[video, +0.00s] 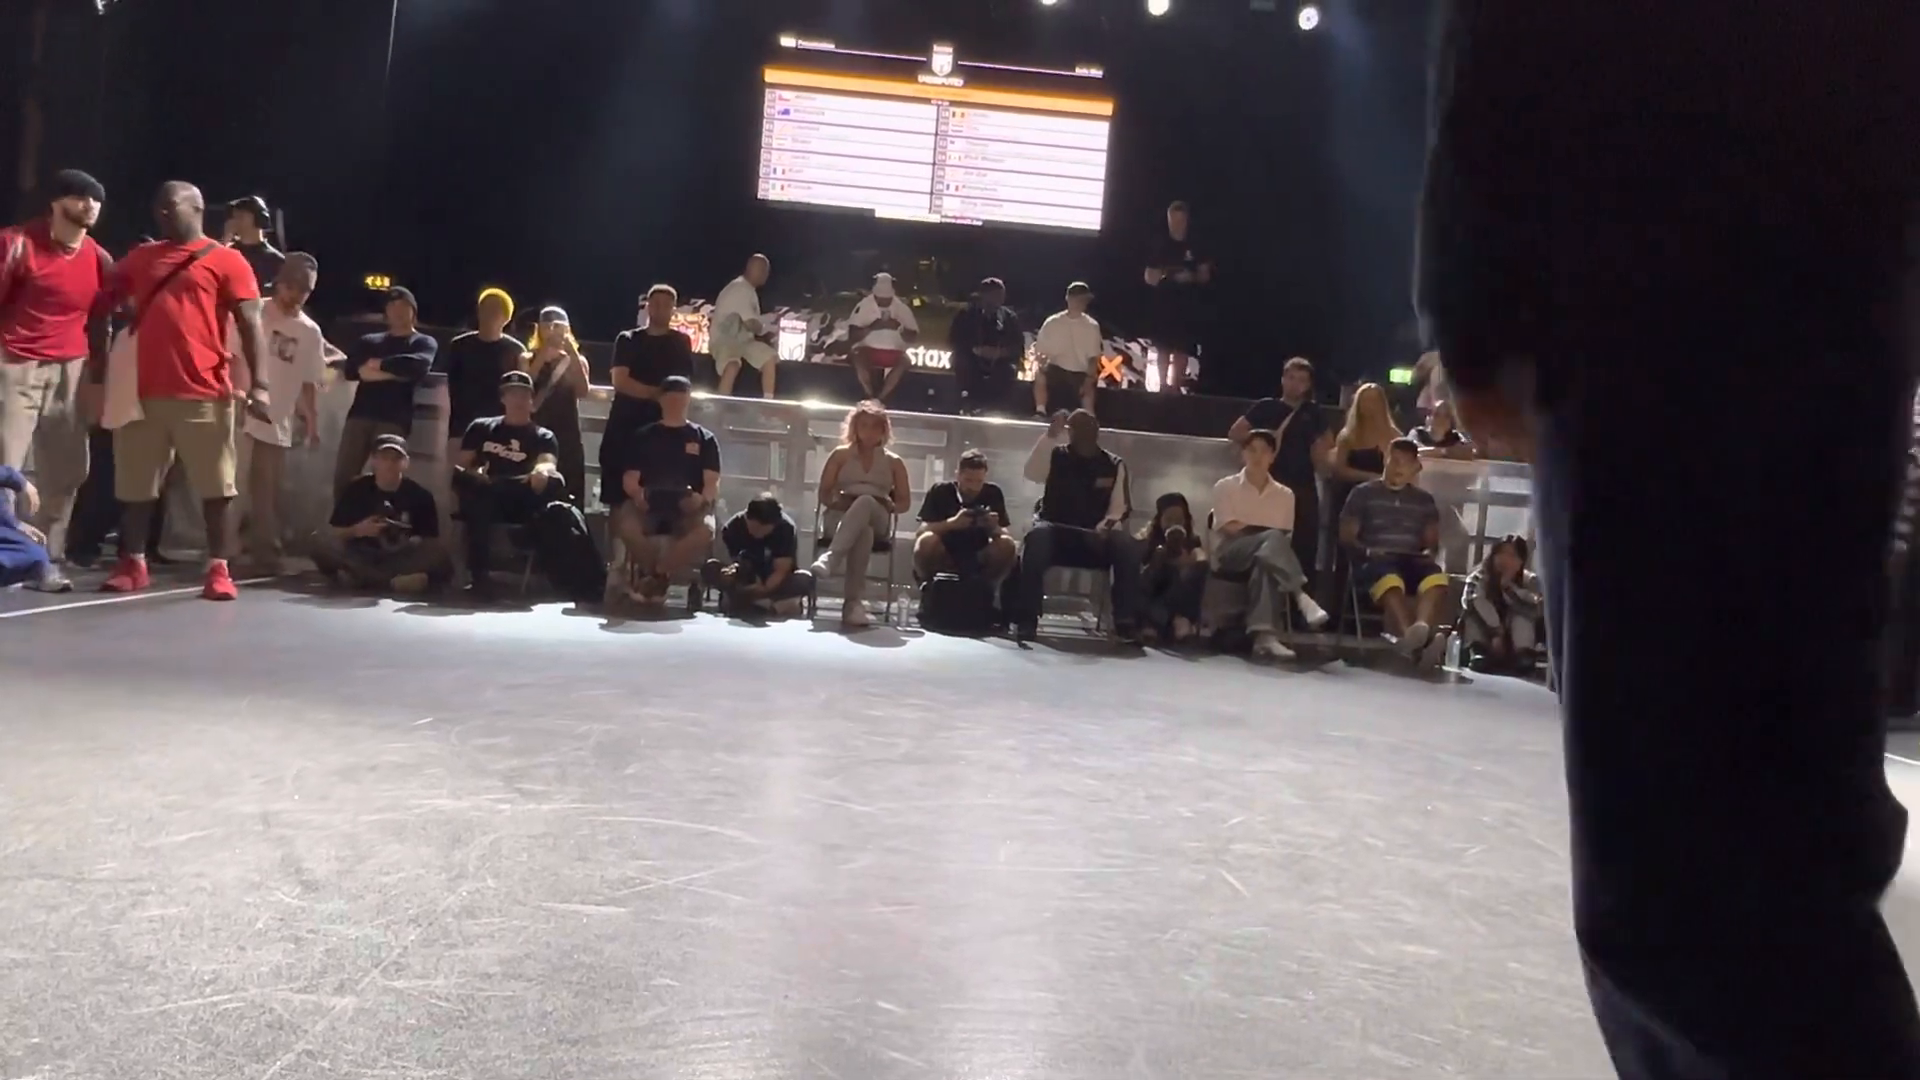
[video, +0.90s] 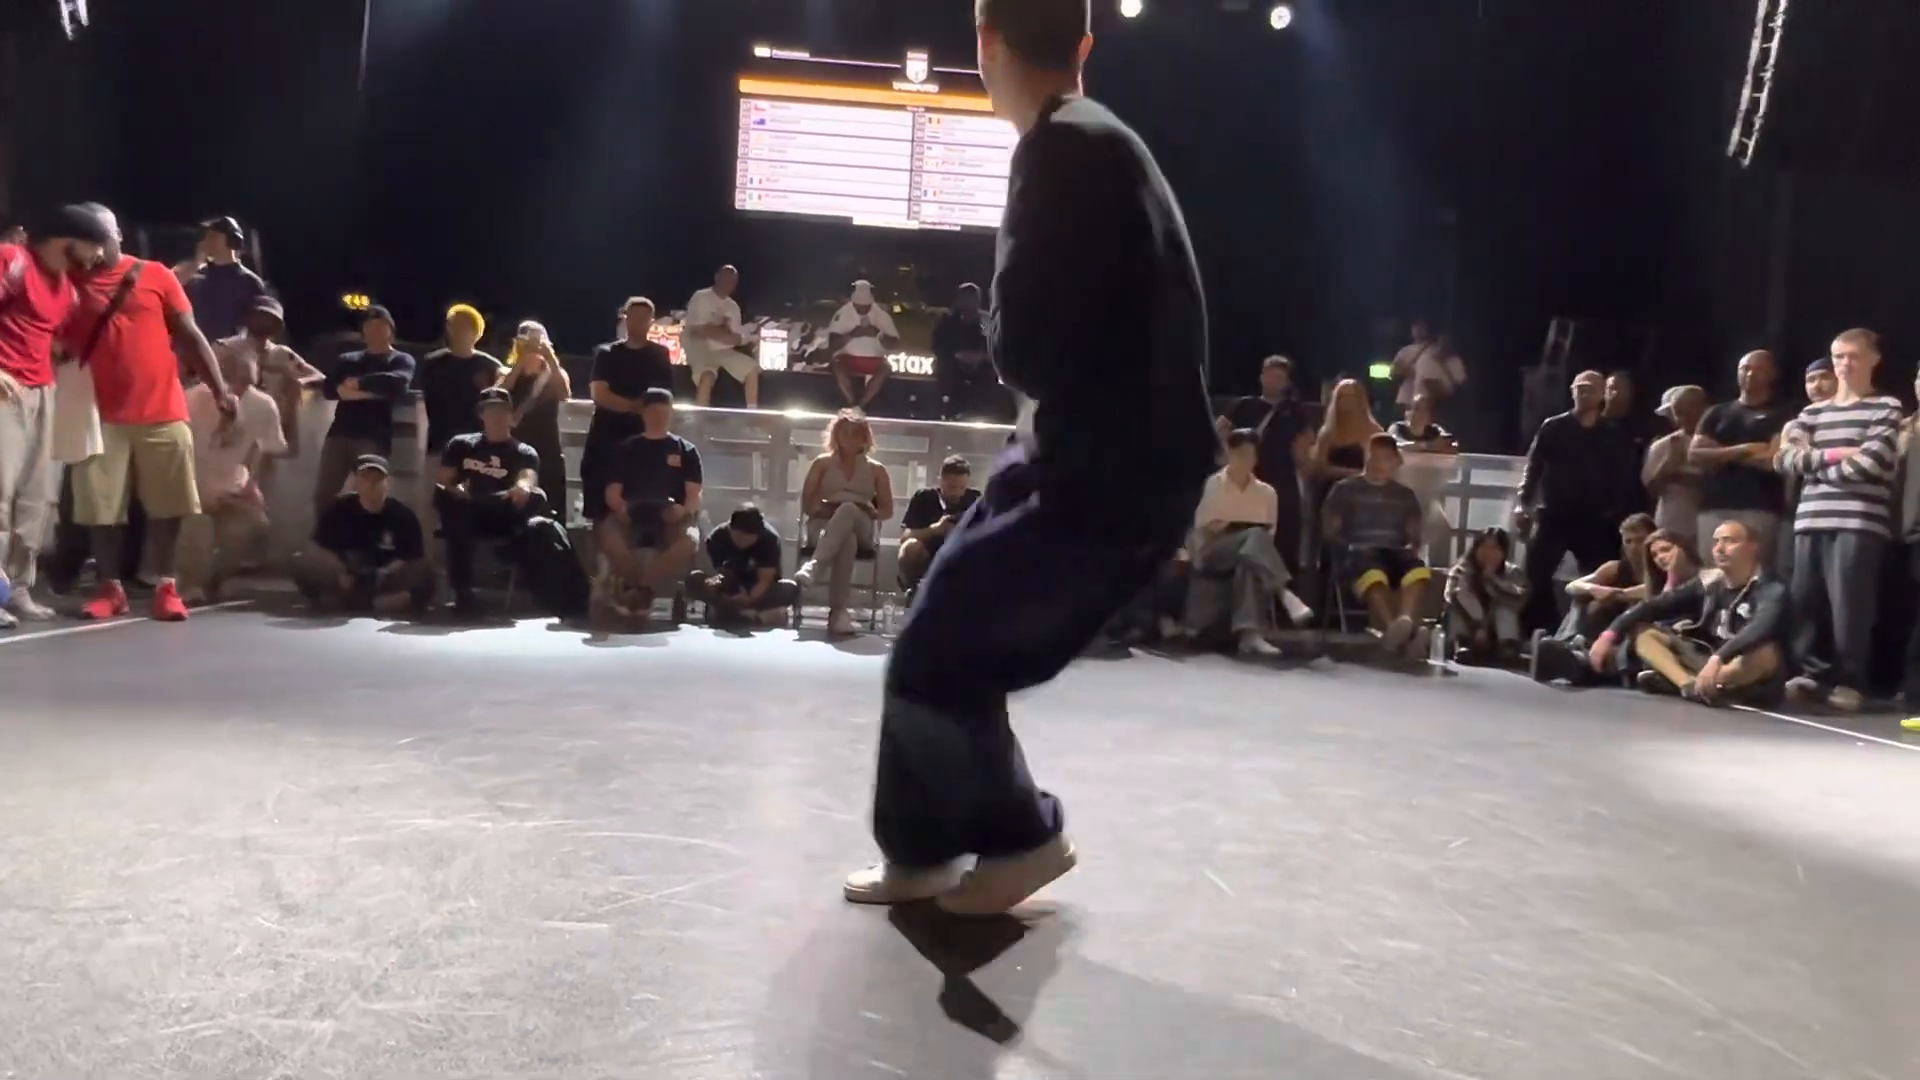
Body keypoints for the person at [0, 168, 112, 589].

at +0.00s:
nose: (91, 205)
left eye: (96, 198)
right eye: (82, 196)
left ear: (98, 207)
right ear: (57, 201)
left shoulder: (99, 259)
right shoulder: (18, 244)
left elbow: (102, 322)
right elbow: (4, 299)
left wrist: (100, 378)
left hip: (71, 370)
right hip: (17, 367)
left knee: (67, 465)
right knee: (9, 463)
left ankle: (51, 559)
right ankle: (8, 558)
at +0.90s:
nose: (83, 263)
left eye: (88, 257)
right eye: (80, 252)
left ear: (70, 247)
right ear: (59, 239)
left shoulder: (68, 289)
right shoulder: (15, 262)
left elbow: (60, 340)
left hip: (43, 390)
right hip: (9, 388)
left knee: (37, 493)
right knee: (6, 492)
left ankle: (20, 587)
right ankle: (3, 589)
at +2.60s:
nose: (76, 270)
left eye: (75, 263)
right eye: (69, 264)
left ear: (53, 267)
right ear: (45, 265)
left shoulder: (60, 315)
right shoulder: (7, 301)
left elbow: (60, 366)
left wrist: (60, 408)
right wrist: (7, 397)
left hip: (51, 425)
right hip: (12, 427)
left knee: (48, 525)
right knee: (10, 521)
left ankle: (36, 623)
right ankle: (8, 620)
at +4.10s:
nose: (103, 254)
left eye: (103, 247)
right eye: (96, 246)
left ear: (77, 248)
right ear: (72, 244)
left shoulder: (79, 296)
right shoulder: (25, 278)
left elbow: (66, 352)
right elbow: (4, 342)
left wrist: (88, 367)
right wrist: (50, 375)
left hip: (71, 401)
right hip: (32, 403)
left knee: (70, 499)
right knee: (34, 496)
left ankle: (58, 592)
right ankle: (29, 588)